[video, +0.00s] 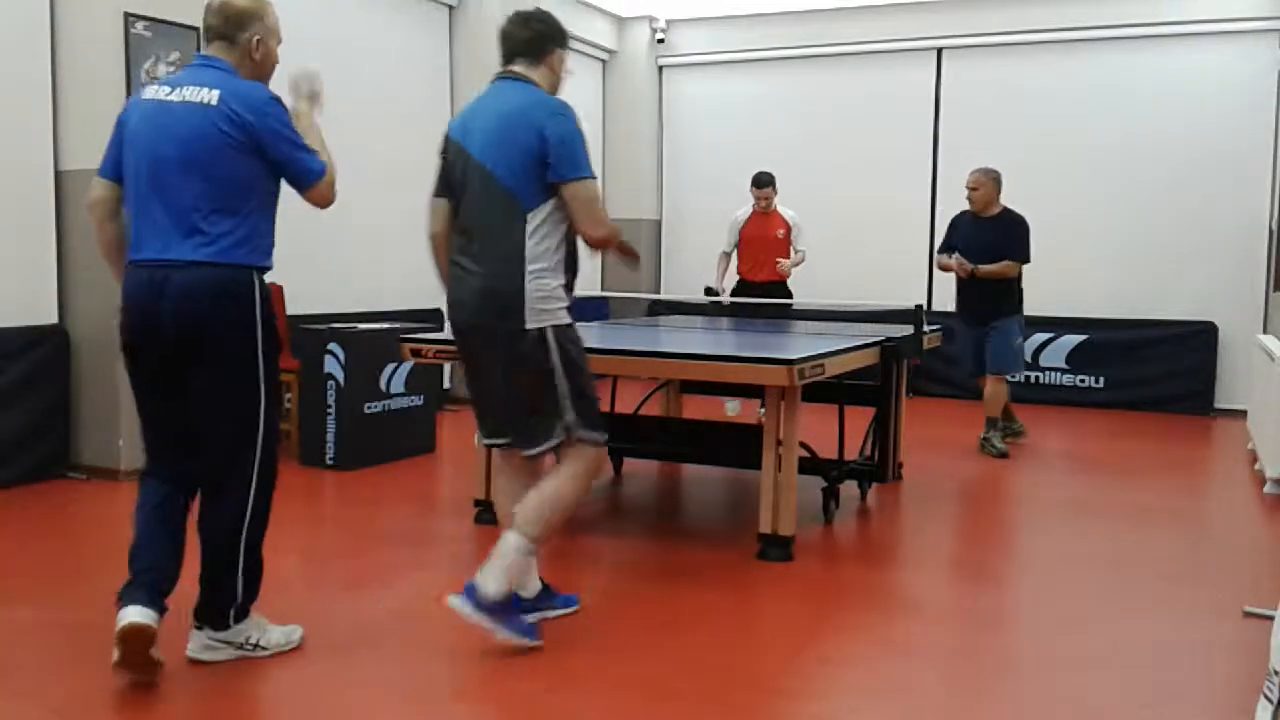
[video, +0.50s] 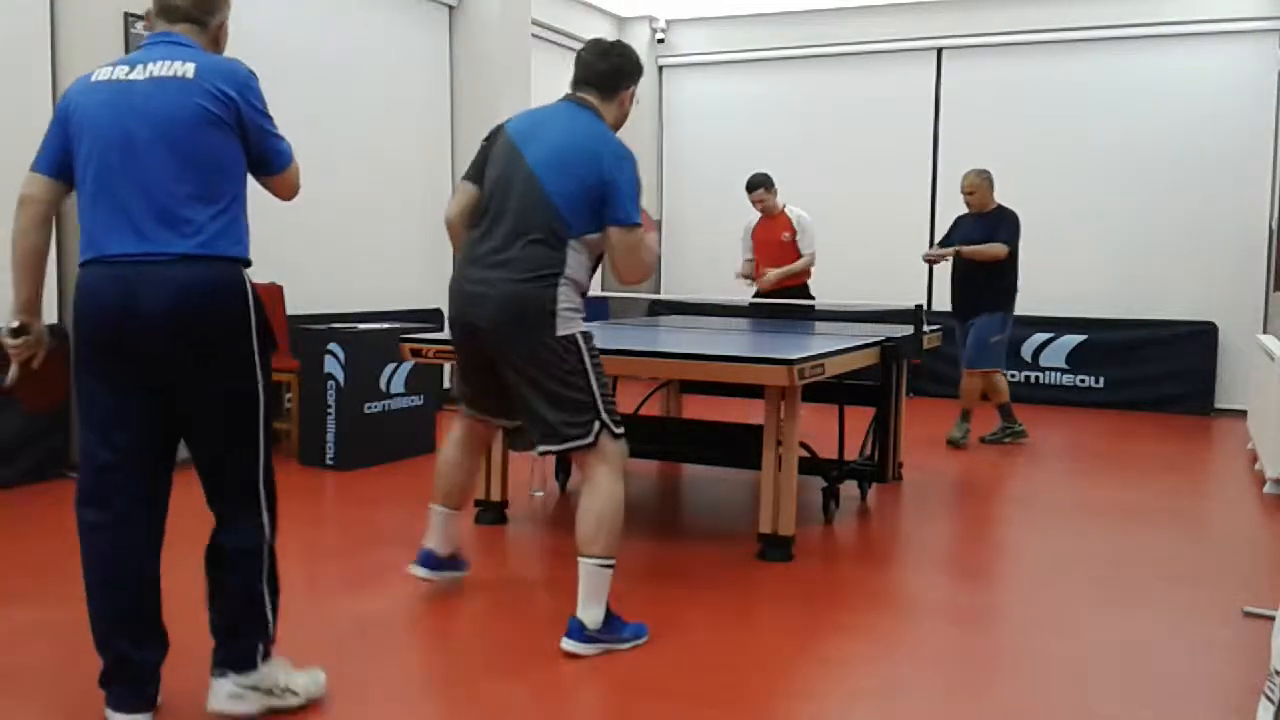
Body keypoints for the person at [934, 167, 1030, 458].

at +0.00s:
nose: (968, 194)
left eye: (974, 190)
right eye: (967, 189)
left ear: (994, 191)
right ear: (969, 190)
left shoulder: (1015, 224)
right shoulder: (961, 221)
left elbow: (1013, 268)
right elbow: (941, 258)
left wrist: (974, 269)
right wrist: (951, 263)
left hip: (1004, 313)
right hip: (970, 313)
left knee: (996, 372)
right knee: (982, 374)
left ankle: (991, 432)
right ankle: (1010, 420)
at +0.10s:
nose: (967, 196)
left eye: (972, 191)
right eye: (966, 191)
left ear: (992, 192)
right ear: (970, 191)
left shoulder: (1014, 223)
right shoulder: (963, 223)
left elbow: (1012, 267)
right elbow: (945, 258)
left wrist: (973, 270)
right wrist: (950, 263)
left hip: (1004, 313)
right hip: (971, 313)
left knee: (997, 371)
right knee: (985, 373)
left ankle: (991, 431)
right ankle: (1011, 422)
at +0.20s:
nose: (967, 196)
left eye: (972, 191)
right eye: (966, 191)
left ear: (991, 191)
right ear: (970, 192)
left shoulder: (1013, 221)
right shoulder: (965, 222)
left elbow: (1012, 264)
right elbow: (948, 255)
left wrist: (975, 267)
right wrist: (948, 261)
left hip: (1003, 311)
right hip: (972, 312)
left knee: (995, 370)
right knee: (985, 373)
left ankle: (990, 430)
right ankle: (1010, 422)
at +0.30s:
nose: (967, 198)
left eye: (973, 192)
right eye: (966, 192)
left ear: (991, 191)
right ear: (968, 192)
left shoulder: (1012, 220)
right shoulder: (966, 221)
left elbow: (1011, 259)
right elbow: (951, 248)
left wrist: (975, 259)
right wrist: (942, 258)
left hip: (1000, 308)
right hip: (971, 309)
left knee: (989, 368)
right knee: (987, 369)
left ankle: (984, 430)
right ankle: (1011, 423)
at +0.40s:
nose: (967, 199)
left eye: (973, 194)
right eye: (965, 194)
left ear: (991, 191)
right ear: (965, 194)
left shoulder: (1010, 220)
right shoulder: (965, 222)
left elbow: (1008, 254)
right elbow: (949, 246)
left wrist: (966, 251)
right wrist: (938, 257)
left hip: (998, 307)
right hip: (968, 307)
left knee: (981, 364)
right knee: (986, 367)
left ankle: (973, 425)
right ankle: (1011, 423)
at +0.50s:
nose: (966, 199)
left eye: (971, 193)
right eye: (964, 194)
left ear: (989, 191)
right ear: (963, 193)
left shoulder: (1006, 219)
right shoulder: (962, 221)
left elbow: (1000, 251)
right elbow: (945, 246)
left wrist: (958, 251)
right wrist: (934, 255)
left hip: (994, 308)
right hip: (966, 307)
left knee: (971, 365)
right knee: (987, 367)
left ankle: (963, 424)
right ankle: (1011, 423)